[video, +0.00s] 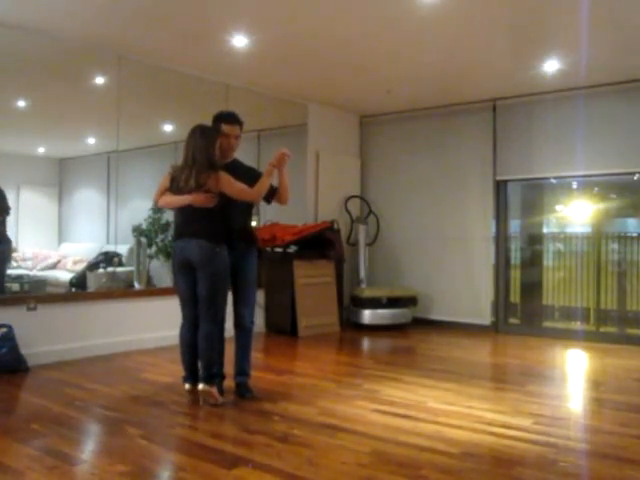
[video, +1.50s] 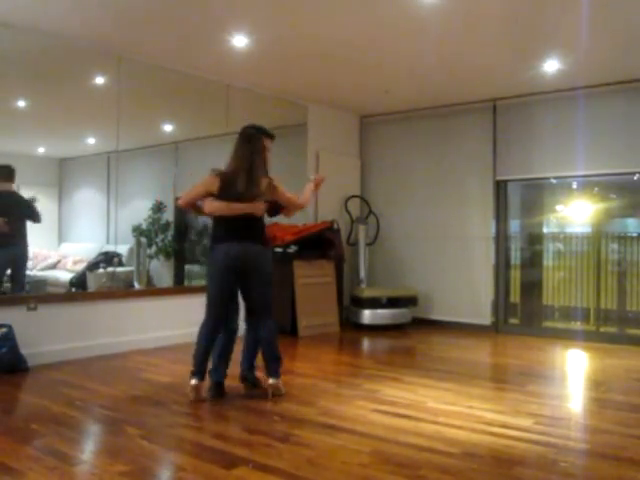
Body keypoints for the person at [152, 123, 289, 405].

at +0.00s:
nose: (222, 151)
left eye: (222, 145)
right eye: (219, 146)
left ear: (189, 146)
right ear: (211, 147)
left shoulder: (175, 174)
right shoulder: (215, 177)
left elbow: (159, 198)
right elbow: (254, 195)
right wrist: (271, 169)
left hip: (182, 247)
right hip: (209, 248)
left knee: (189, 316)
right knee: (211, 316)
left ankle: (190, 379)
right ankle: (209, 382)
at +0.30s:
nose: (223, 150)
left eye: (223, 144)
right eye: (219, 145)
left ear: (189, 146)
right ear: (210, 147)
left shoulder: (175, 173)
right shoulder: (213, 177)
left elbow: (159, 198)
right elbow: (250, 199)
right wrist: (273, 174)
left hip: (180, 247)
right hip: (207, 249)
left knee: (189, 316)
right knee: (211, 316)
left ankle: (191, 379)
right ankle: (208, 382)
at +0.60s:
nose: (222, 151)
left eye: (222, 145)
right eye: (219, 146)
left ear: (189, 146)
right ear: (209, 148)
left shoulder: (174, 173)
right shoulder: (212, 178)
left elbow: (159, 197)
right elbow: (251, 198)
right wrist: (272, 172)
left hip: (179, 247)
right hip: (207, 248)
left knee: (188, 315)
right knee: (210, 315)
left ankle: (191, 379)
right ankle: (207, 382)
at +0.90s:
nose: (225, 154)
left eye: (226, 148)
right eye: (222, 148)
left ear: (192, 148)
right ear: (211, 149)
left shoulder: (176, 175)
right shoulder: (215, 181)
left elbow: (160, 199)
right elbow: (251, 205)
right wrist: (274, 184)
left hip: (180, 249)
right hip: (207, 251)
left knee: (189, 316)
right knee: (212, 317)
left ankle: (191, 379)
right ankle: (206, 383)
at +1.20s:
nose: (242, 155)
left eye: (244, 149)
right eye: (238, 149)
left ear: (207, 151)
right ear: (227, 152)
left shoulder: (188, 177)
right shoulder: (231, 185)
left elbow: (166, 199)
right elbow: (266, 210)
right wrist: (293, 191)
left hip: (189, 254)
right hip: (219, 256)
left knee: (193, 318)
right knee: (230, 317)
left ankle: (189, 378)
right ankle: (220, 382)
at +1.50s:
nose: (269, 156)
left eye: (268, 151)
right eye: (267, 151)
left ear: (239, 150)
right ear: (260, 152)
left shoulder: (218, 180)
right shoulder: (265, 184)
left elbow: (184, 201)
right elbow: (299, 204)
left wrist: (205, 211)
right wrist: (312, 185)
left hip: (223, 254)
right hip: (256, 255)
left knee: (214, 316)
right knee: (262, 315)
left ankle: (197, 375)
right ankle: (274, 375)